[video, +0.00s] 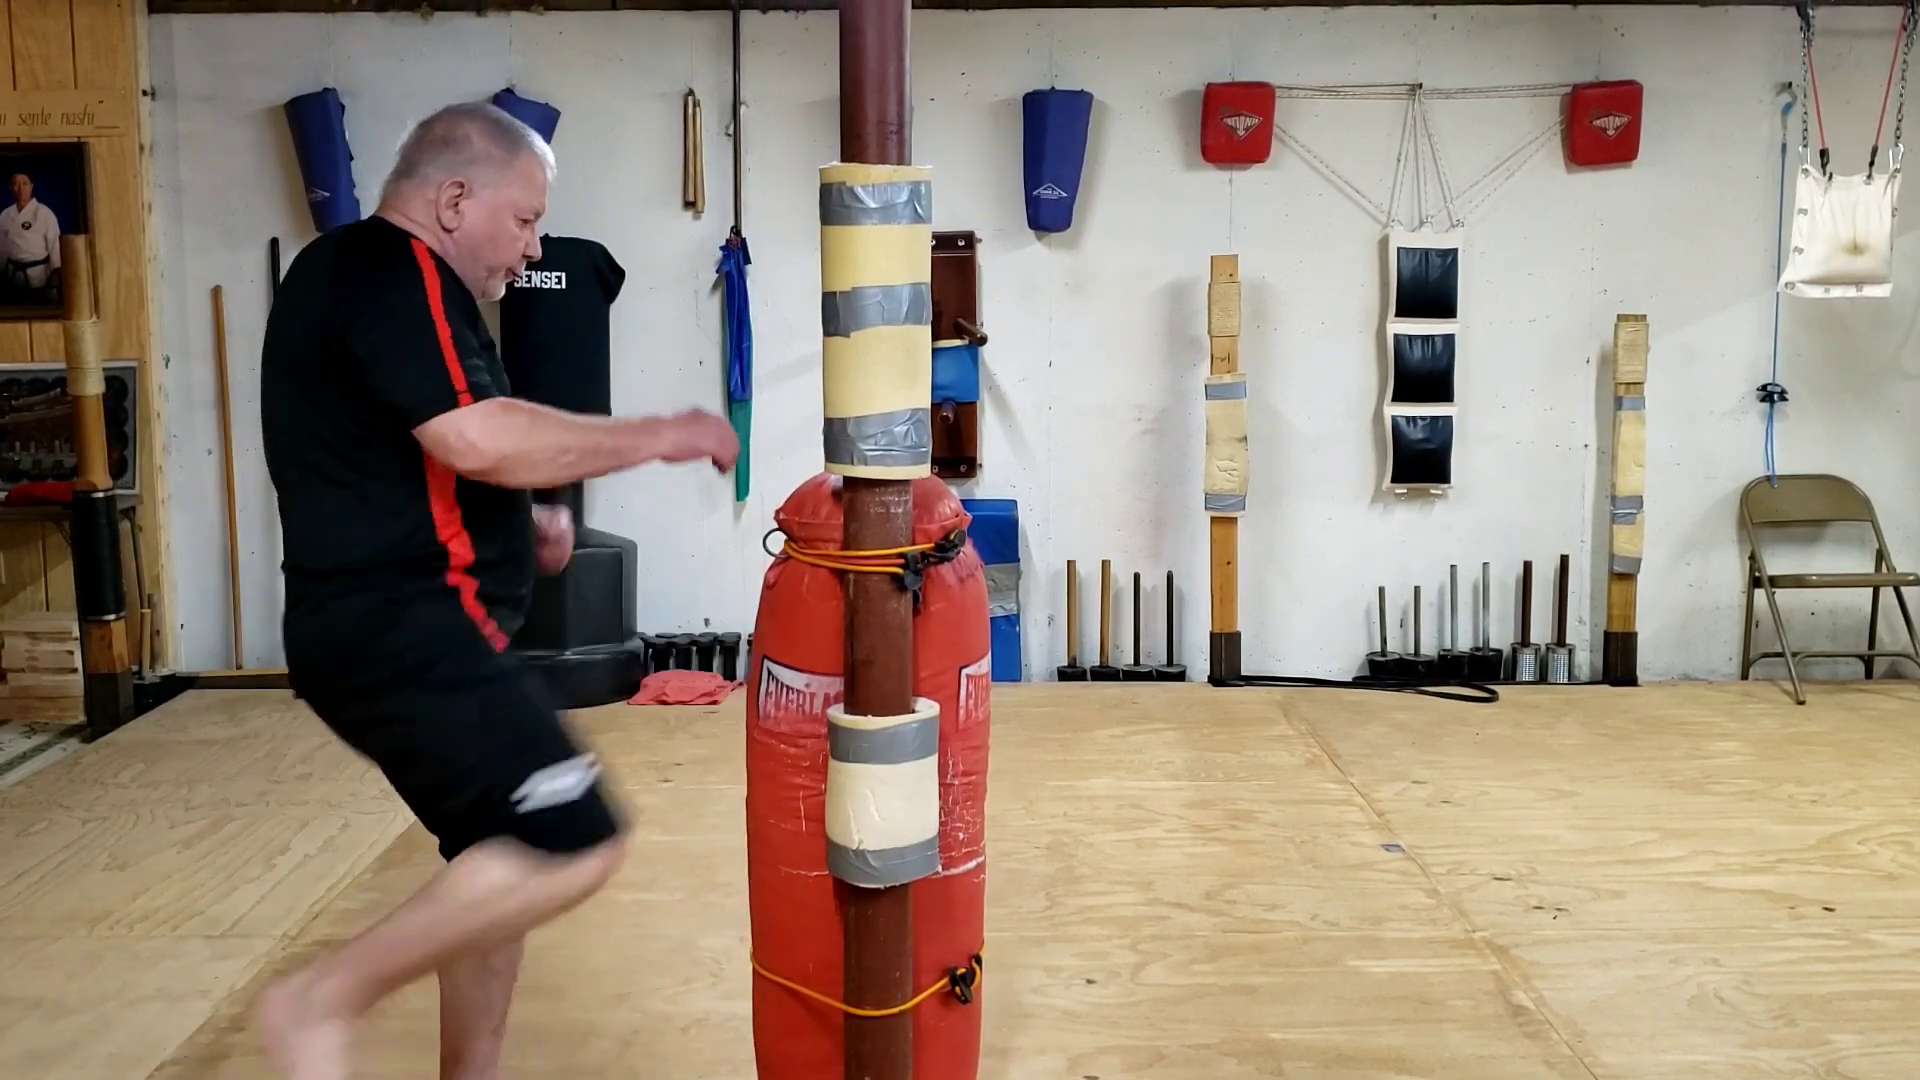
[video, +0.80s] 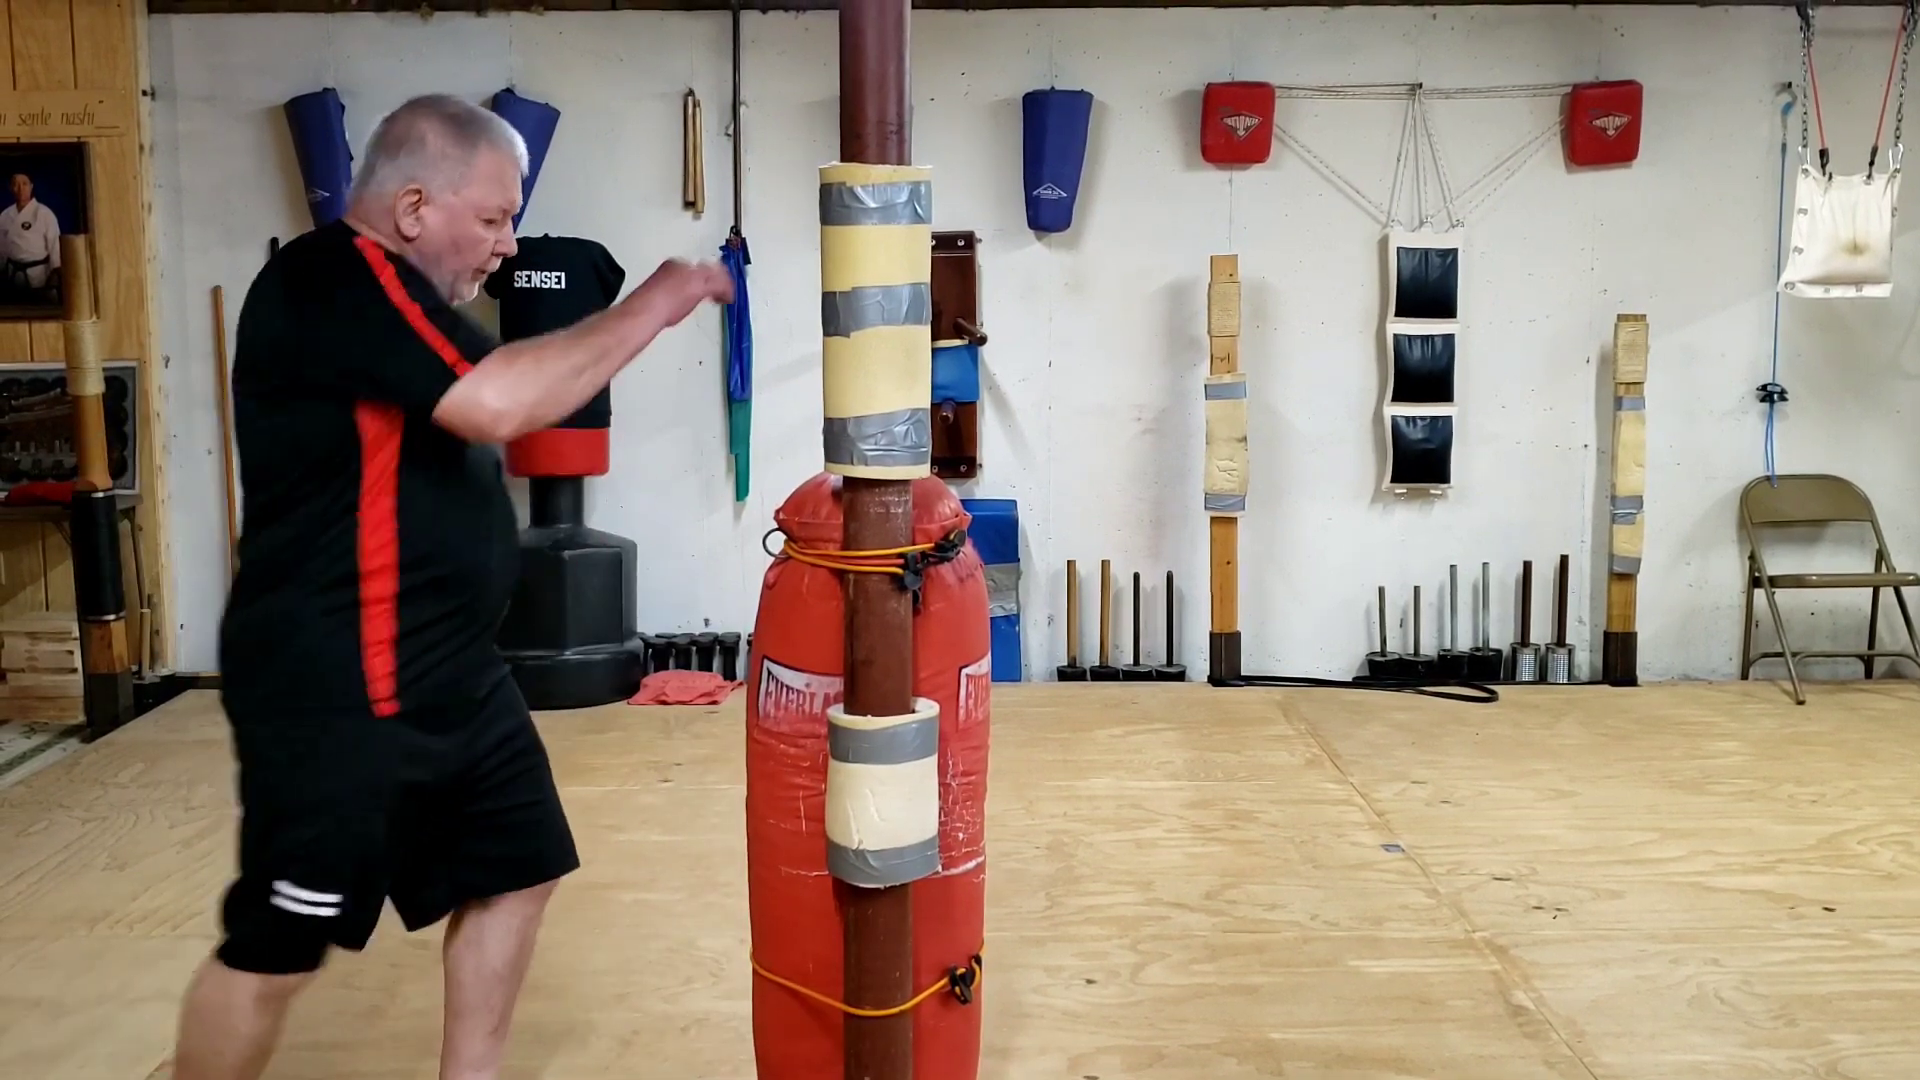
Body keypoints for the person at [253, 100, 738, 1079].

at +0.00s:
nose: (532, 249)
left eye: (536, 227)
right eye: (525, 222)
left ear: (442, 203)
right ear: (452, 201)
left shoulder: (338, 271)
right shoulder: (393, 275)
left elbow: (384, 464)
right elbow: (472, 435)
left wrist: (511, 518)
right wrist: (661, 436)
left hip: (369, 623)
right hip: (402, 624)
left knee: (499, 854)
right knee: (579, 834)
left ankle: (471, 1069)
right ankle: (314, 1000)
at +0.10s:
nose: (531, 253)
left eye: (535, 229)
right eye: (520, 225)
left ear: (443, 212)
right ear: (443, 209)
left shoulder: (419, 297)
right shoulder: (355, 284)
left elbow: (390, 477)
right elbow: (462, 449)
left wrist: (494, 561)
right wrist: (634, 418)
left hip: (460, 666)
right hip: (364, 673)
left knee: (518, 864)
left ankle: (473, 1075)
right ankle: (247, 1072)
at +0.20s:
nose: (518, 267)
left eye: (519, 243)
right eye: (503, 240)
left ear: (419, 233)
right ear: (419, 230)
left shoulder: (390, 320)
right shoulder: (311, 314)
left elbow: (392, 491)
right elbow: (404, 496)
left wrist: (485, 569)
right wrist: (591, 461)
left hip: (436, 675)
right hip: (312, 688)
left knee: (532, 863)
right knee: (277, 956)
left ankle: (476, 1074)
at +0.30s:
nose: (493, 258)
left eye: (498, 234)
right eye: (475, 233)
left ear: (400, 228)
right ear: (389, 222)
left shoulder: (405, 316)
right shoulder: (275, 311)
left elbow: (397, 485)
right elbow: (268, 521)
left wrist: (509, 494)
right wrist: (485, 543)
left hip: (427, 670)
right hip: (295, 687)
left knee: (523, 864)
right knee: (258, 948)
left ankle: (472, 1073)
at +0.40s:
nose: (483, 249)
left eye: (487, 225)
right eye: (463, 225)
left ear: (381, 222)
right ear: (372, 220)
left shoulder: (444, 318)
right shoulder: (242, 312)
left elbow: (532, 427)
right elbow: (124, 495)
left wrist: (610, 376)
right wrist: (273, 644)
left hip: (423, 669)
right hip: (279, 686)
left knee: (503, 862)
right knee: (254, 951)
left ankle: (468, 1075)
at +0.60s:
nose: (498, 266)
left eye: (502, 242)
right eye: (481, 241)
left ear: (404, 234)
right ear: (395, 230)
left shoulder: (445, 332)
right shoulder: (264, 315)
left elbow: (530, 437)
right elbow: (136, 491)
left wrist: (631, 432)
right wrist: (290, 637)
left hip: (418, 676)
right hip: (281, 693)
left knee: (503, 855)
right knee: (264, 947)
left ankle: (469, 1075)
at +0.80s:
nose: (508, 245)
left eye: (511, 222)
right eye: (493, 219)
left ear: (420, 213)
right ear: (414, 211)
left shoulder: (406, 296)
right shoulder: (329, 282)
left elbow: (496, 401)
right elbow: (497, 400)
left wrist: (626, 322)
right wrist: (656, 302)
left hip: (447, 662)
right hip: (329, 676)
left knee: (515, 869)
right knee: (277, 940)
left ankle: (468, 1076)